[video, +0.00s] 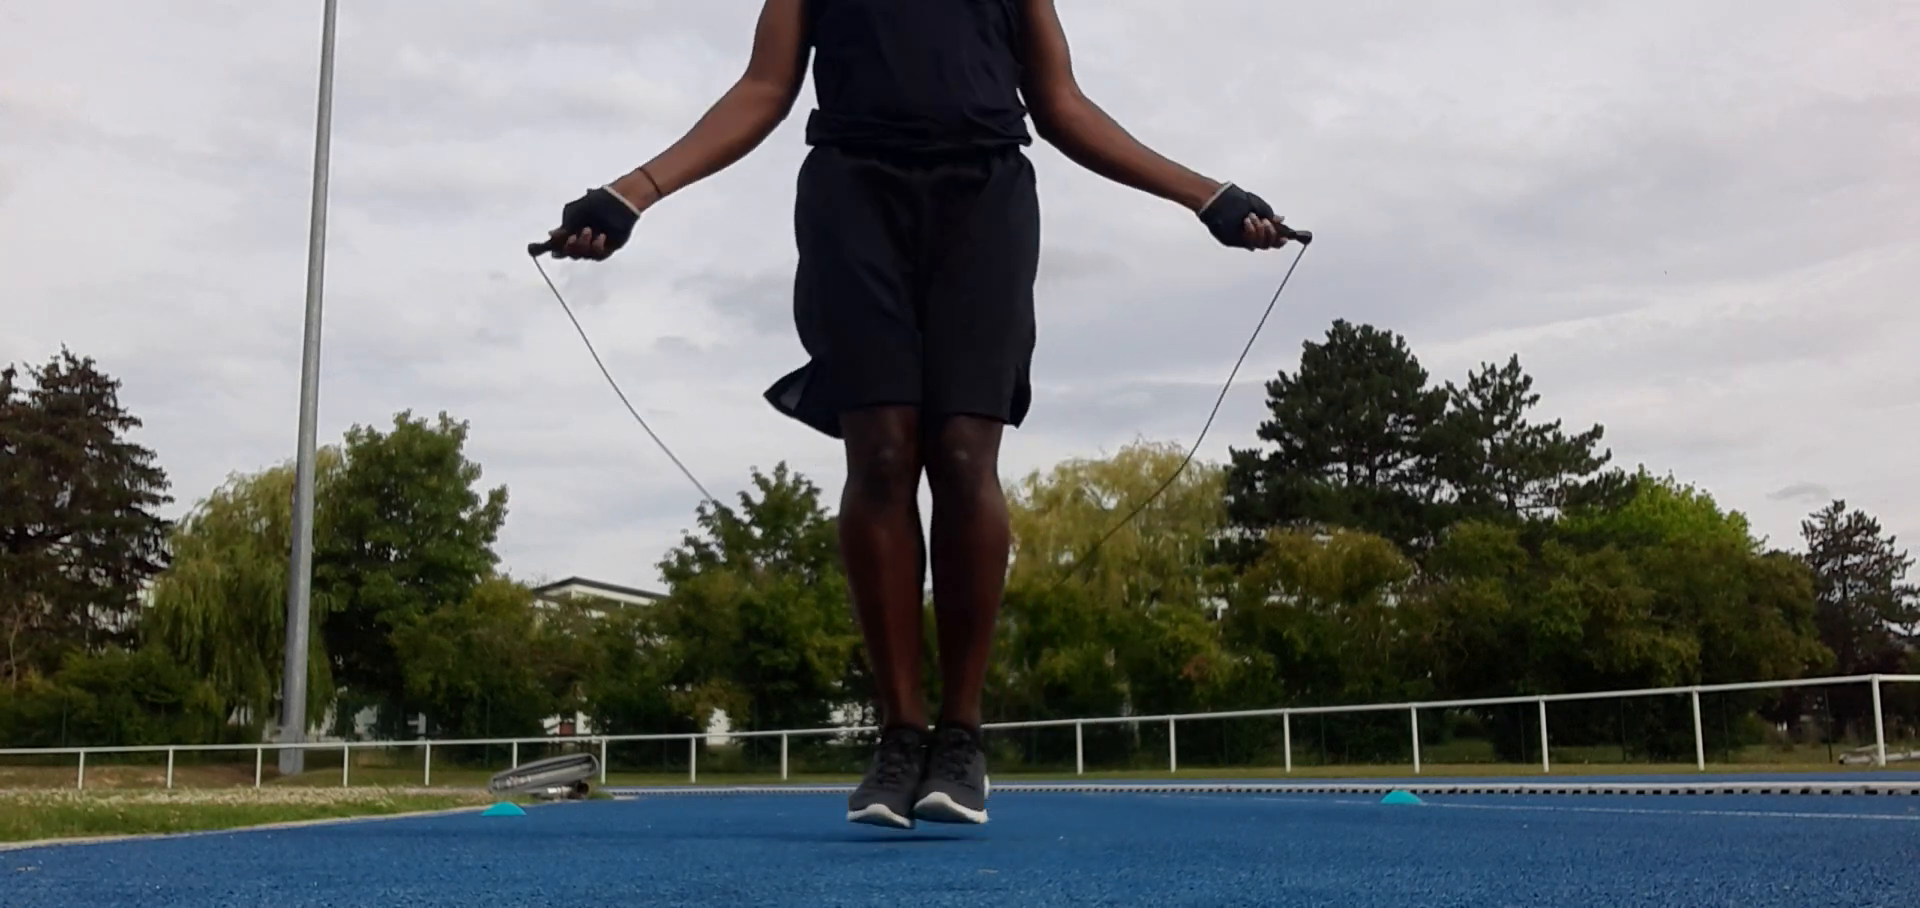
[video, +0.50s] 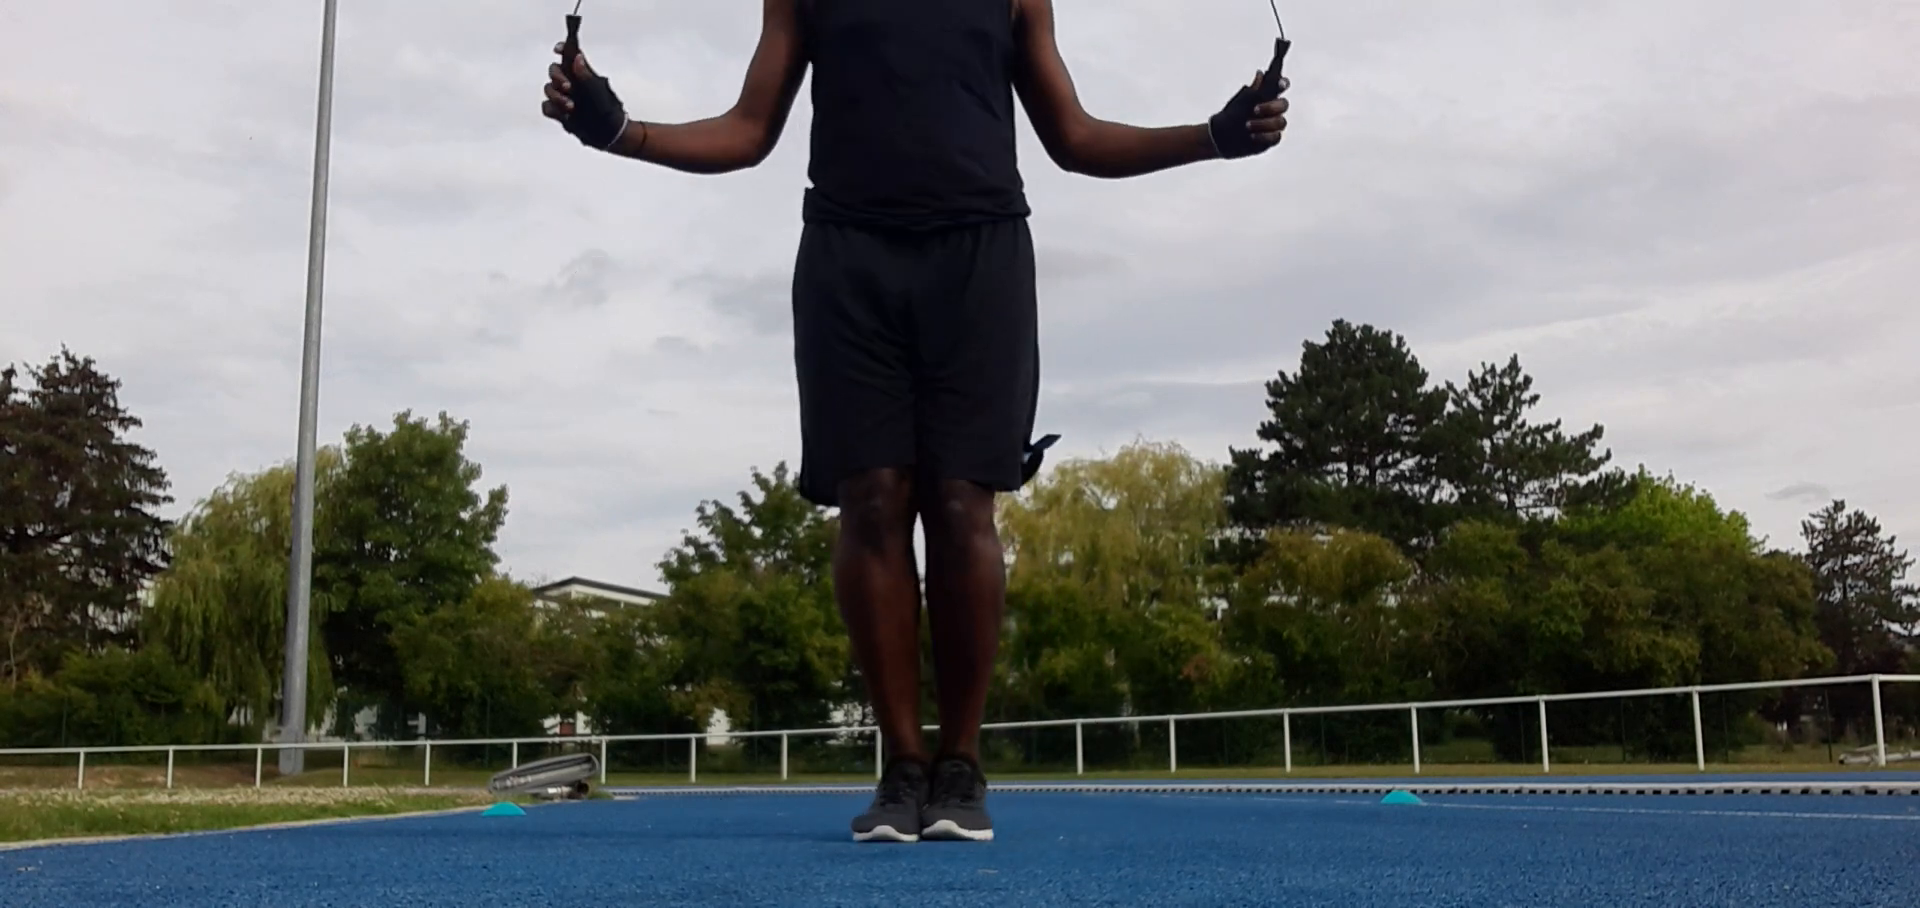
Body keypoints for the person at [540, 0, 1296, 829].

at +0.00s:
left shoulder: (1013, 4)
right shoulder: (810, 2)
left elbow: (1062, 105)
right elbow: (764, 87)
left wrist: (1205, 192)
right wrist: (633, 190)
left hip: (987, 188)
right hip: (853, 186)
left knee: (964, 452)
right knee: (880, 450)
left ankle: (960, 739)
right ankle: (899, 741)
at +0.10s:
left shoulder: (1018, 12)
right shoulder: (808, 10)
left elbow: (1066, 146)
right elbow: (754, 129)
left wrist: (1224, 133)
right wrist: (605, 126)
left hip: (984, 240)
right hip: (852, 240)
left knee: (961, 505)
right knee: (875, 501)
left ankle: (953, 775)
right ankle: (897, 775)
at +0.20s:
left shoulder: (1013, 4)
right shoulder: (804, 2)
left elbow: (1068, 116)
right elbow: (755, 100)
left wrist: (1205, 172)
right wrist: (638, 157)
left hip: (981, 221)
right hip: (850, 220)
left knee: (962, 478)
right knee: (872, 476)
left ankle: (957, 763)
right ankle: (893, 767)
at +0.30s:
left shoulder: (1010, 1)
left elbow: (1066, 95)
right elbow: (758, 75)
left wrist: (1194, 201)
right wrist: (646, 197)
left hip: (980, 184)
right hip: (848, 186)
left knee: (961, 446)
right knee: (873, 440)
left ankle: (962, 729)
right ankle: (891, 731)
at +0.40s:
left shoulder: (1009, 7)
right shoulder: (809, 7)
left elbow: (1059, 116)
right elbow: (764, 103)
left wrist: (1217, 149)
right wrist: (625, 155)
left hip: (982, 203)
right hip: (847, 204)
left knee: (959, 470)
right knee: (874, 466)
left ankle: (963, 760)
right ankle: (897, 763)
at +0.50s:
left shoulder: (1011, 6)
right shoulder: (802, 7)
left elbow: (1074, 136)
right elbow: (744, 131)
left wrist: (1214, 135)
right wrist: (617, 129)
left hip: (980, 248)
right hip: (849, 248)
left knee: (962, 506)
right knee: (871, 504)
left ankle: (958, 773)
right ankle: (903, 775)